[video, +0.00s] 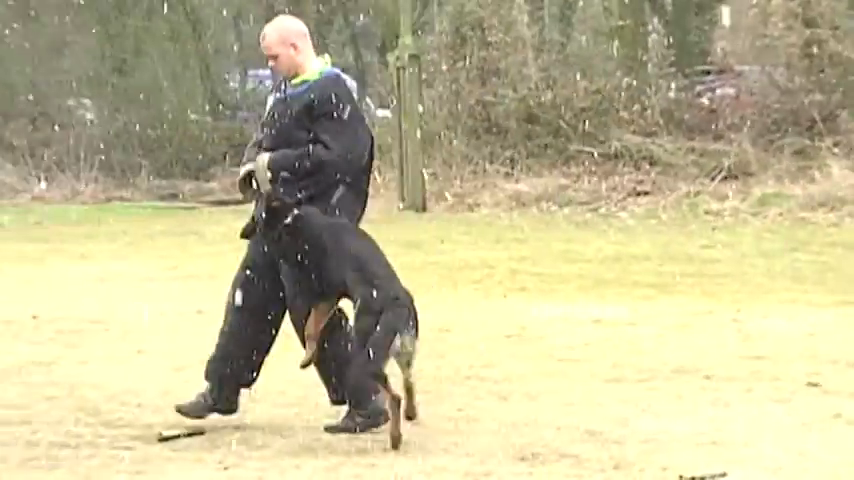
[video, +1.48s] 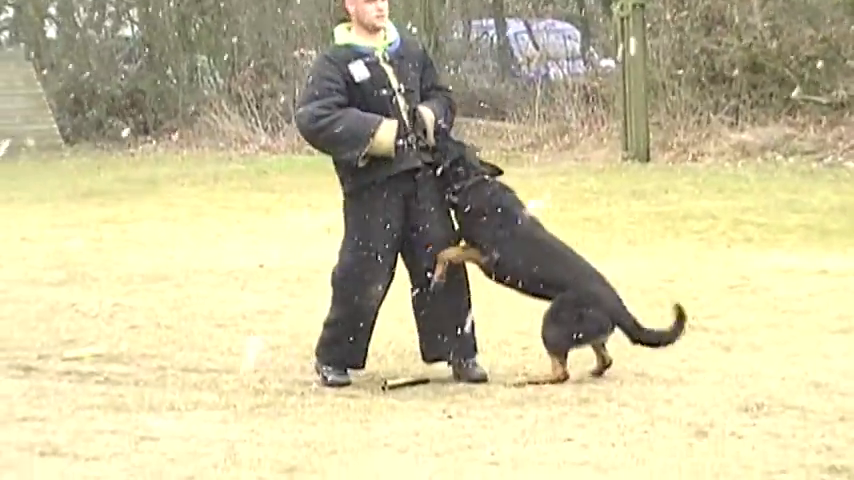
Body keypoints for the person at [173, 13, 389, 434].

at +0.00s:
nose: (270, 66)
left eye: (273, 57)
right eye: (267, 59)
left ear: (296, 46)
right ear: (290, 49)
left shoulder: (332, 89)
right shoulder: (284, 95)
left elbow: (340, 155)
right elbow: (270, 143)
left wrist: (275, 164)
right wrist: (255, 163)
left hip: (318, 220)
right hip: (277, 218)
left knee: (317, 312)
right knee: (249, 301)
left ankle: (367, 403)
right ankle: (221, 392)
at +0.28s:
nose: (263, 76)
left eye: (266, 66)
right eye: (258, 69)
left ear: (290, 52)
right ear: (261, 64)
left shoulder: (334, 97)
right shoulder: (260, 105)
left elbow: (361, 154)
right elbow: (240, 146)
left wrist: (299, 181)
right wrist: (240, 175)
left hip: (320, 233)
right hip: (265, 234)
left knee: (347, 312)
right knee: (242, 314)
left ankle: (414, 379)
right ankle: (250, 399)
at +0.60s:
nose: (357, 58)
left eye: (363, 49)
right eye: (350, 51)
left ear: (382, 42)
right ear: (341, 49)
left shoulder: (412, 90)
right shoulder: (325, 87)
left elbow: (438, 148)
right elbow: (288, 133)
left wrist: (399, 164)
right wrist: (328, 162)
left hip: (397, 219)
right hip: (342, 219)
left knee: (408, 300)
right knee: (338, 305)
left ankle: (408, 386)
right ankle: (342, 399)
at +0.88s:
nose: (397, 59)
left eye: (403, 51)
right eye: (388, 52)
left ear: (412, 53)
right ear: (373, 56)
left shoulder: (435, 107)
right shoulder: (348, 103)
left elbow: (459, 165)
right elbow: (320, 153)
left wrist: (439, 192)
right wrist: (368, 177)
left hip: (426, 230)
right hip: (372, 229)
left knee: (434, 313)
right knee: (363, 317)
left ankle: (443, 399)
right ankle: (328, 400)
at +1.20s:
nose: (378, 48)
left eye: (382, 40)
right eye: (369, 40)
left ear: (388, 44)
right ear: (348, 44)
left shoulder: (404, 95)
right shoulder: (326, 94)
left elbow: (432, 144)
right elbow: (294, 146)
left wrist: (421, 168)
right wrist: (347, 173)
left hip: (407, 218)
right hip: (354, 220)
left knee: (431, 297)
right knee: (349, 310)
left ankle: (453, 382)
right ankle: (327, 398)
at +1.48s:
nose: (379, 7)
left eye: (382, 1)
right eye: (369, 1)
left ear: (388, 5)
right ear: (349, 7)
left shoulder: (410, 51)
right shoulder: (335, 61)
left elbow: (441, 95)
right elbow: (314, 118)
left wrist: (430, 114)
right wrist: (376, 132)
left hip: (423, 178)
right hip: (373, 185)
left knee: (442, 263)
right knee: (365, 272)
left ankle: (461, 354)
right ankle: (335, 358)